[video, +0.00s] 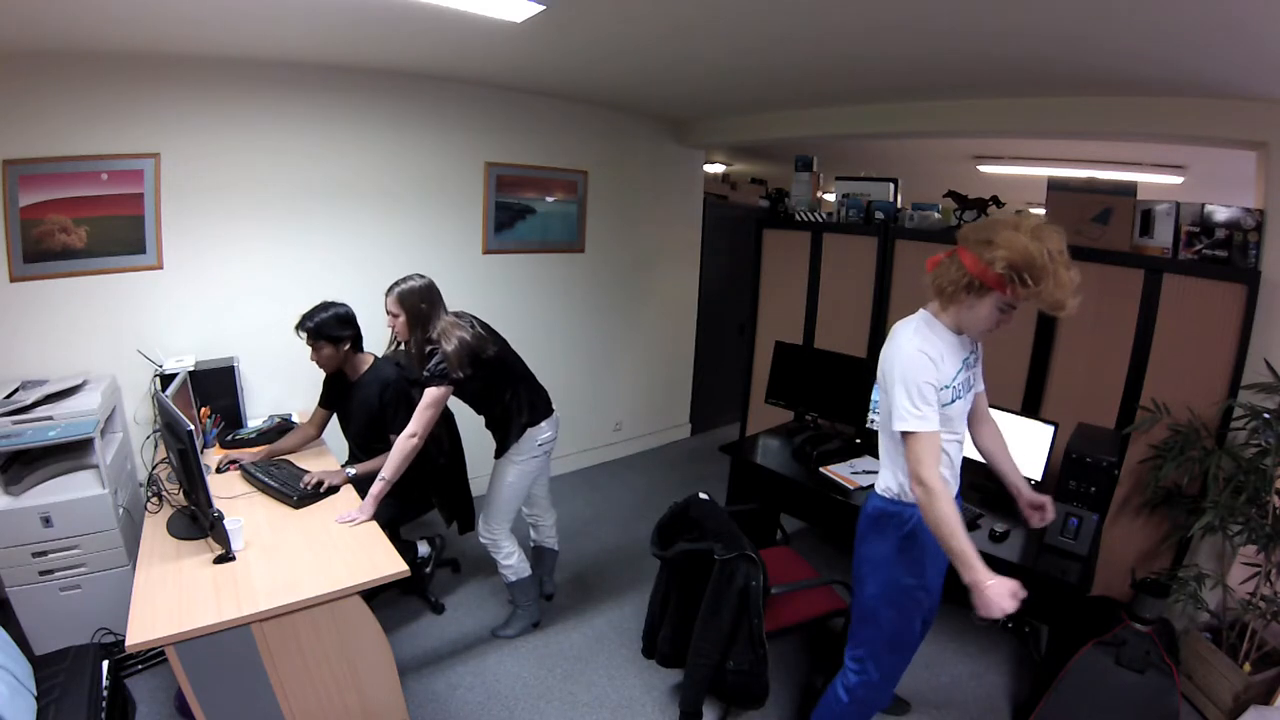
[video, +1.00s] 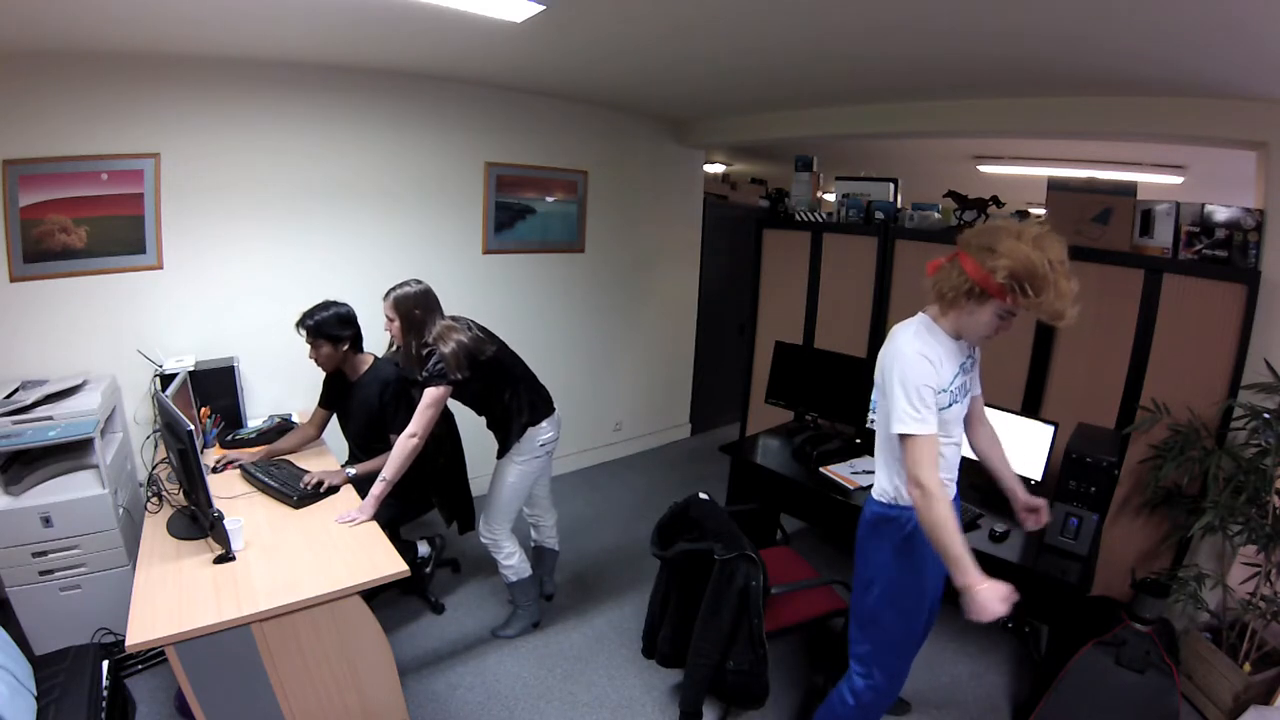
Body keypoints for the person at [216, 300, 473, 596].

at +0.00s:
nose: (312, 356)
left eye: (317, 347)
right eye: (311, 347)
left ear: (344, 345)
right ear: (338, 346)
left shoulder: (389, 381)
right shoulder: (337, 377)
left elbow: (405, 450)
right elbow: (312, 428)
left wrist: (347, 473)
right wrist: (260, 453)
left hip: (412, 477)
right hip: (371, 470)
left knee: (349, 531)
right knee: (320, 513)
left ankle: (418, 555)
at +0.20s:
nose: (312, 355)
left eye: (317, 347)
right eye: (311, 347)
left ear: (343, 344)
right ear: (336, 346)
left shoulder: (388, 381)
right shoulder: (337, 377)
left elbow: (405, 450)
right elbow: (311, 428)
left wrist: (347, 473)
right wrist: (259, 453)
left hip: (413, 477)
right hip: (371, 470)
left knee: (351, 531)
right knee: (321, 513)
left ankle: (418, 554)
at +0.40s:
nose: (311, 355)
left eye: (316, 347)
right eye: (310, 347)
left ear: (343, 344)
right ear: (336, 346)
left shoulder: (388, 381)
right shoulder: (337, 377)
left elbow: (405, 449)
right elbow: (311, 428)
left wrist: (347, 473)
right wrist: (259, 453)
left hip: (412, 478)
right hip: (371, 471)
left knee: (352, 532)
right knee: (321, 514)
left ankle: (418, 554)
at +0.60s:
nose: (312, 355)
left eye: (317, 346)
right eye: (311, 346)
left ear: (343, 344)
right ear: (336, 346)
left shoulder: (389, 381)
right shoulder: (337, 377)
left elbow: (405, 449)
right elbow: (312, 429)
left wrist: (347, 473)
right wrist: (259, 453)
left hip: (413, 477)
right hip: (371, 471)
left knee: (351, 531)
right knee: (321, 514)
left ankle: (418, 554)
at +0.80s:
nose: (312, 355)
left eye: (317, 346)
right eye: (311, 346)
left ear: (343, 344)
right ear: (336, 346)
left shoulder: (389, 380)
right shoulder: (337, 377)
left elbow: (404, 450)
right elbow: (312, 428)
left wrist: (346, 473)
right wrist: (259, 454)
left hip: (412, 477)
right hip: (370, 471)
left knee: (352, 532)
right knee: (321, 514)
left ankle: (418, 554)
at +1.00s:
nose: (311, 354)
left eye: (316, 346)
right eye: (310, 346)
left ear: (343, 344)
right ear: (339, 346)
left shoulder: (388, 381)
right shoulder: (337, 377)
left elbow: (404, 450)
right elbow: (312, 428)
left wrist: (347, 473)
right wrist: (260, 453)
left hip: (410, 478)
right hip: (368, 471)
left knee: (348, 533)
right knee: (318, 515)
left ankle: (419, 553)